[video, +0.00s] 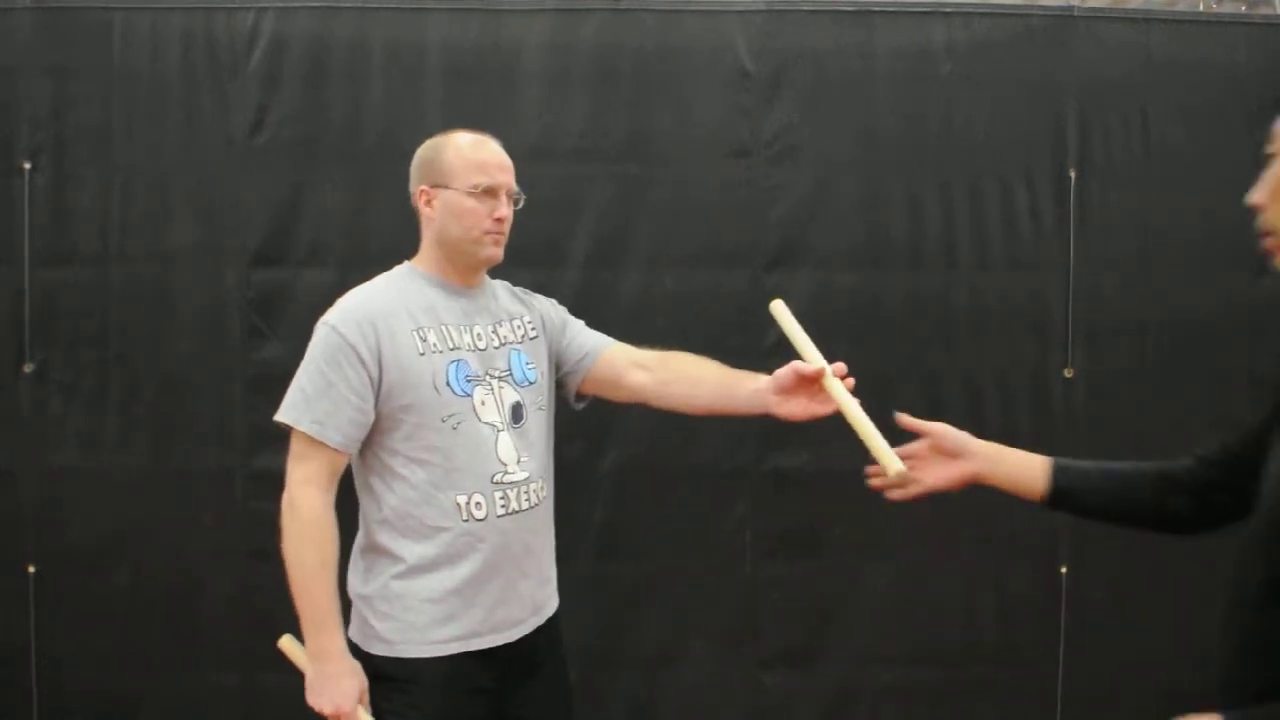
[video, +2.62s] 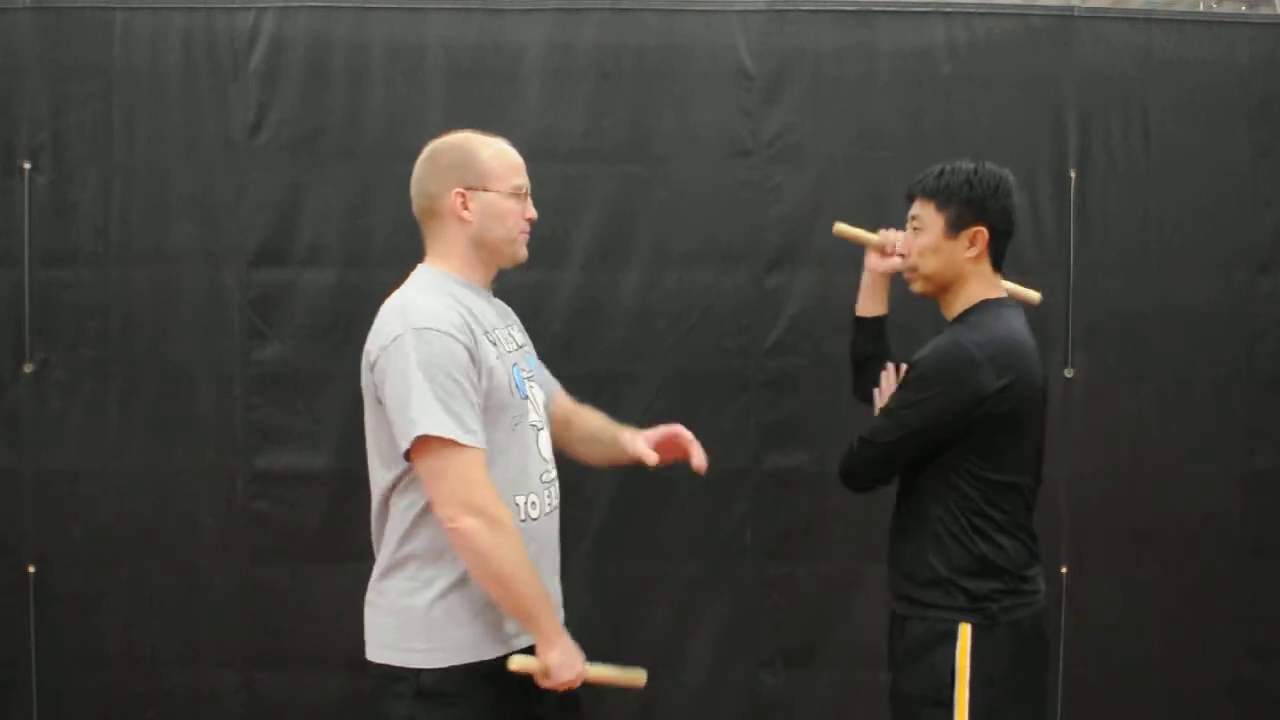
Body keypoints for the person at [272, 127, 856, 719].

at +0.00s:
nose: (505, 212)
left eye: (510, 196)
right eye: (485, 194)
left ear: (513, 205)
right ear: (426, 201)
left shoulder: (530, 315)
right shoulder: (361, 323)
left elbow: (640, 372)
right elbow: (307, 490)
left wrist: (766, 394)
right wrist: (327, 653)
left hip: (530, 635)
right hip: (415, 654)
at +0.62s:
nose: (498, 206)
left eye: (503, 192)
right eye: (478, 190)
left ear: (508, 201)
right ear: (418, 200)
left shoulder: (514, 319)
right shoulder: (351, 325)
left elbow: (610, 412)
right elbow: (300, 500)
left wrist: (716, 468)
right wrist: (343, 672)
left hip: (523, 646)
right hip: (408, 669)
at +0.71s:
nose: (501, 209)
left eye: (504, 193)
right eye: (481, 190)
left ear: (507, 200)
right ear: (419, 200)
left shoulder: (507, 318)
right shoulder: (351, 325)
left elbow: (587, 426)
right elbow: (303, 502)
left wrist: (681, 513)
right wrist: (349, 674)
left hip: (522, 644)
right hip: (410, 672)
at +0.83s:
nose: (515, 210)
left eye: (515, 194)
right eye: (494, 191)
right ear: (434, 201)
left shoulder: (510, 319)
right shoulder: (365, 323)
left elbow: (560, 444)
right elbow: (323, 497)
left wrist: (622, 561)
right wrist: (368, 671)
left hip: (524, 644)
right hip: (417, 670)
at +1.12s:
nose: (572, 212)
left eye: (570, 197)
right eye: (553, 193)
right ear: (496, 202)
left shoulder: (545, 322)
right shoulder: (428, 310)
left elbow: (559, 463)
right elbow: (395, 479)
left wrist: (579, 585)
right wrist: (446, 643)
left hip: (542, 642)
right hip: (451, 653)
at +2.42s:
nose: (542, 215)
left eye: (539, 199)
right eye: (528, 197)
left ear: (476, 205)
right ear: (471, 203)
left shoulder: (507, 321)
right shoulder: (415, 326)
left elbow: (542, 450)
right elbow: (430, 512)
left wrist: (620, 526)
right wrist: (503, 655)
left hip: (535, 650)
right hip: (440, 664)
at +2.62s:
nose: (532, 212)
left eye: (529, 196)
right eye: (517, 194)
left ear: (468, 206)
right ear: (463, 204)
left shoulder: (495, 318)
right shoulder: (423, 326)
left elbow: (560, 416)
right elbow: (466, 511)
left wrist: (632, 442)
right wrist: (549, 633)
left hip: (513, 647)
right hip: (444, 660)